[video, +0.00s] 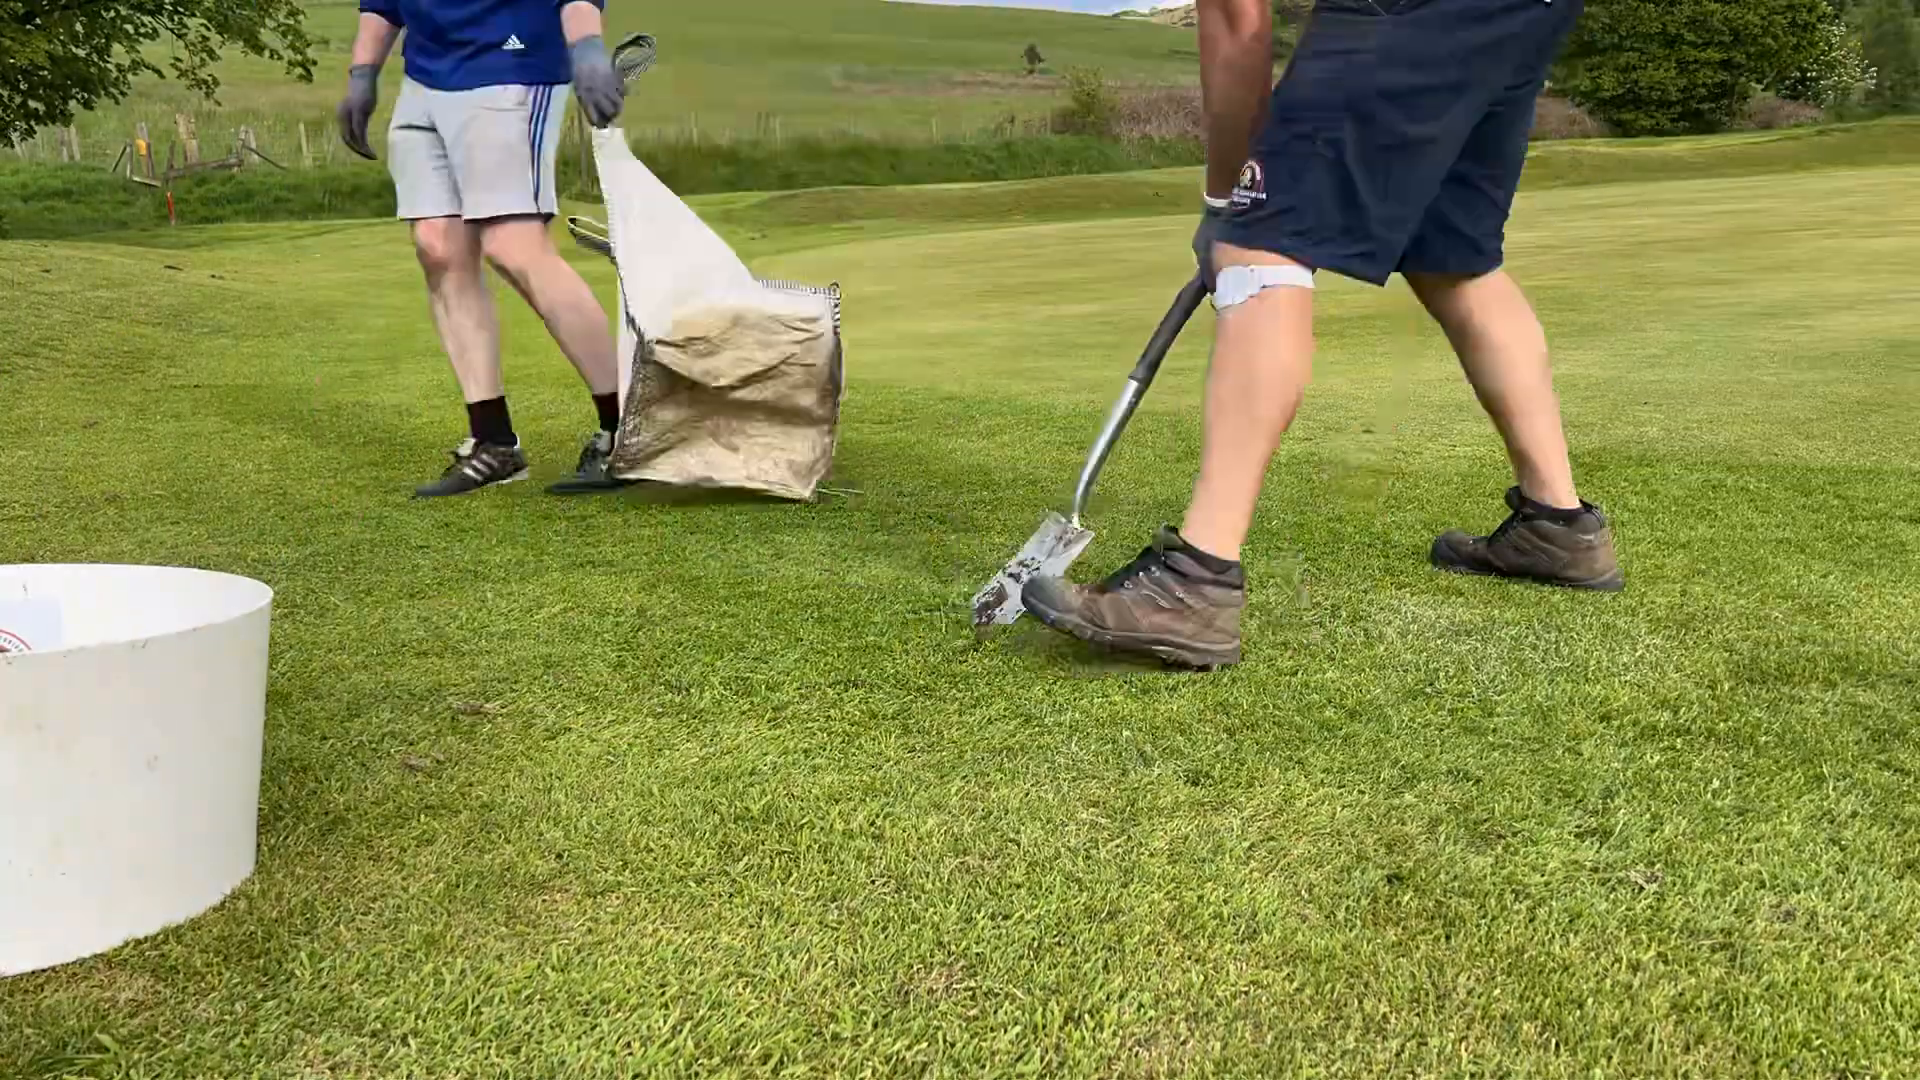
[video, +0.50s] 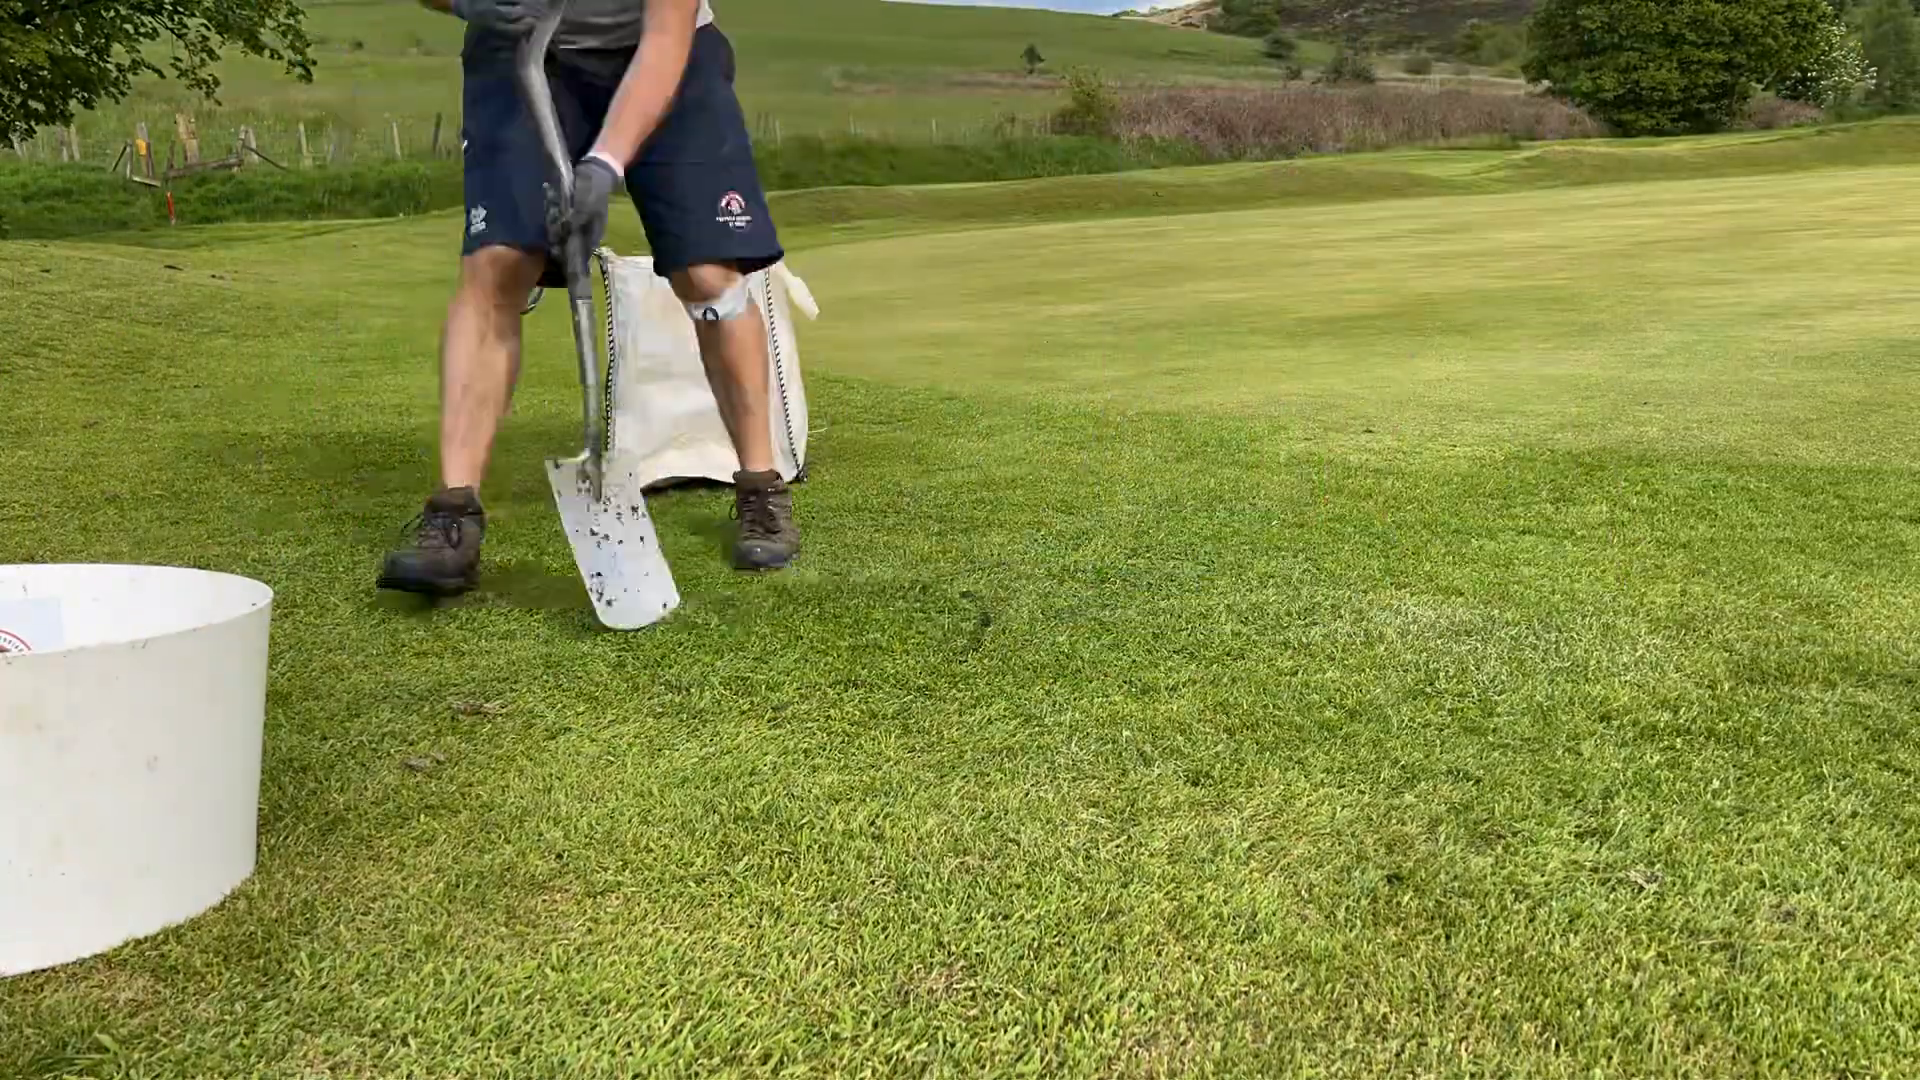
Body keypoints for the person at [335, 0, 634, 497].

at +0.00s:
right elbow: (383, 2)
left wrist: (588, 50)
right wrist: (363, 72)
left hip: (511, 61)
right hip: (426, 68)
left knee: (515, 244)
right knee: (440, 248)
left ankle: (624, 423)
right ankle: (493, 444)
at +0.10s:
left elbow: (751, 46)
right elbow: (530, 64)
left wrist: (829, 157)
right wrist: (586, 194)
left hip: (593, 71)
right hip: (476, 64)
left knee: (611, 251)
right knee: (475, 249)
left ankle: (629, 449)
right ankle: (479, 444)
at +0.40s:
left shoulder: (561, 0)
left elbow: (613, 114)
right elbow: (440, 44)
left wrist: (593, 256)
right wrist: (486, 118)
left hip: (640, 74)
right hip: (518, 92)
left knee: (680, 267)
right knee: (466, 286)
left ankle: (757, 478)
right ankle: (508, 460)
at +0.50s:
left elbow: (668, 37)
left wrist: (604, 163)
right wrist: (470, 6)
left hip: (660, 37)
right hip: (519, 41)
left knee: (707, 271)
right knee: (492, 261)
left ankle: (761, 488)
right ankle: (453, 515)